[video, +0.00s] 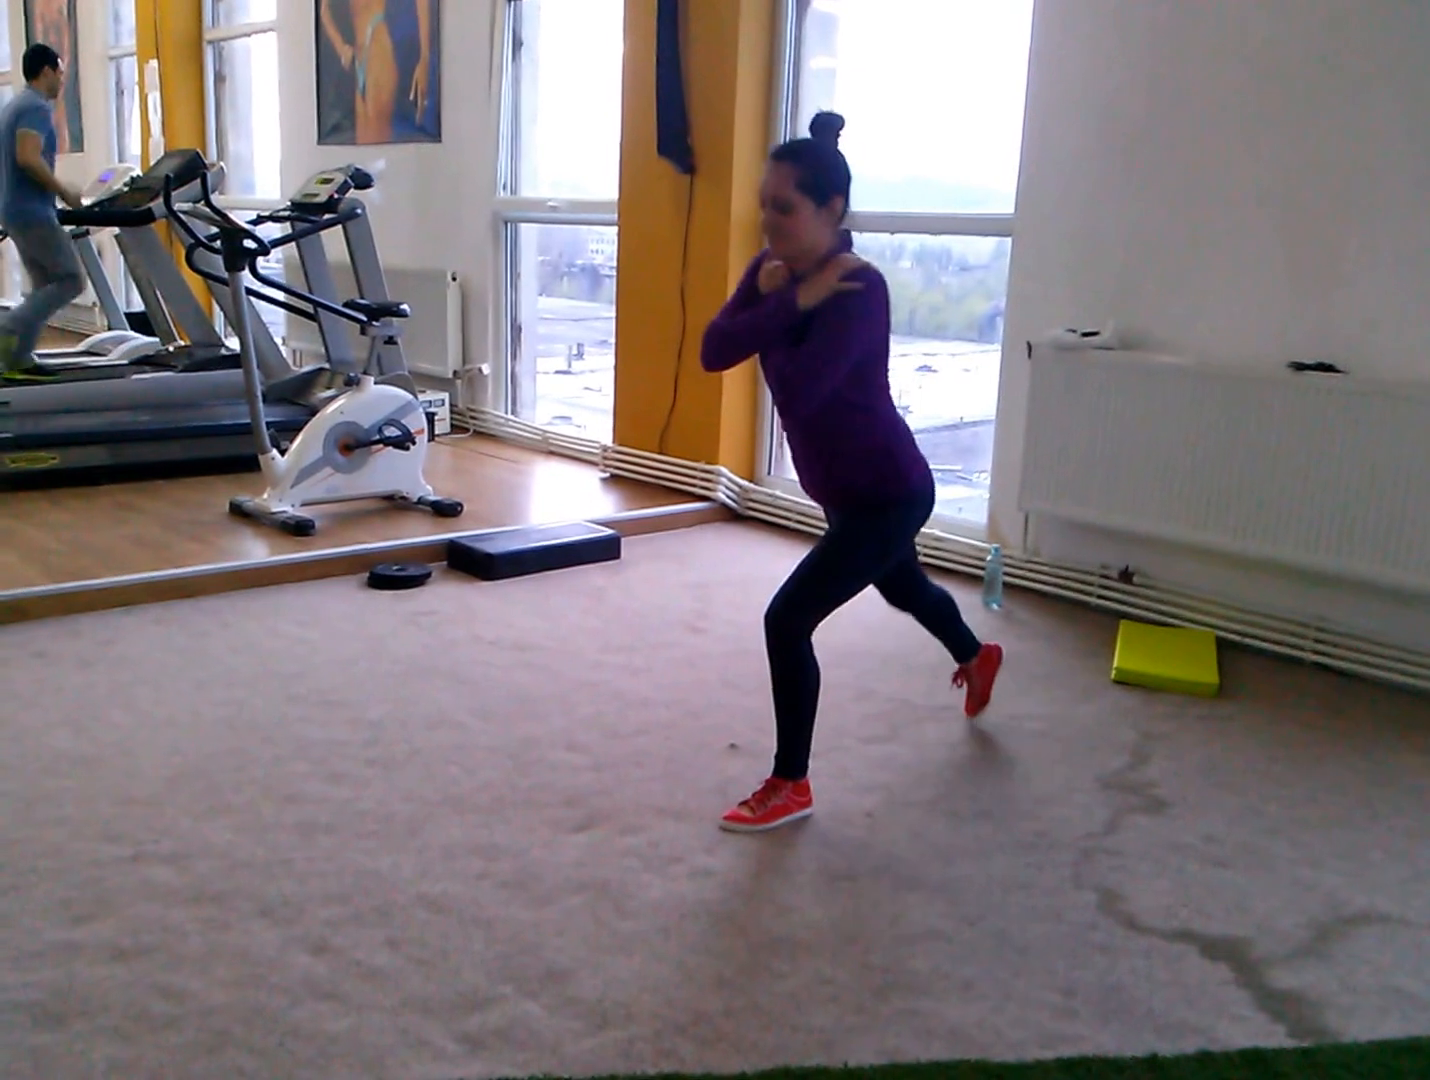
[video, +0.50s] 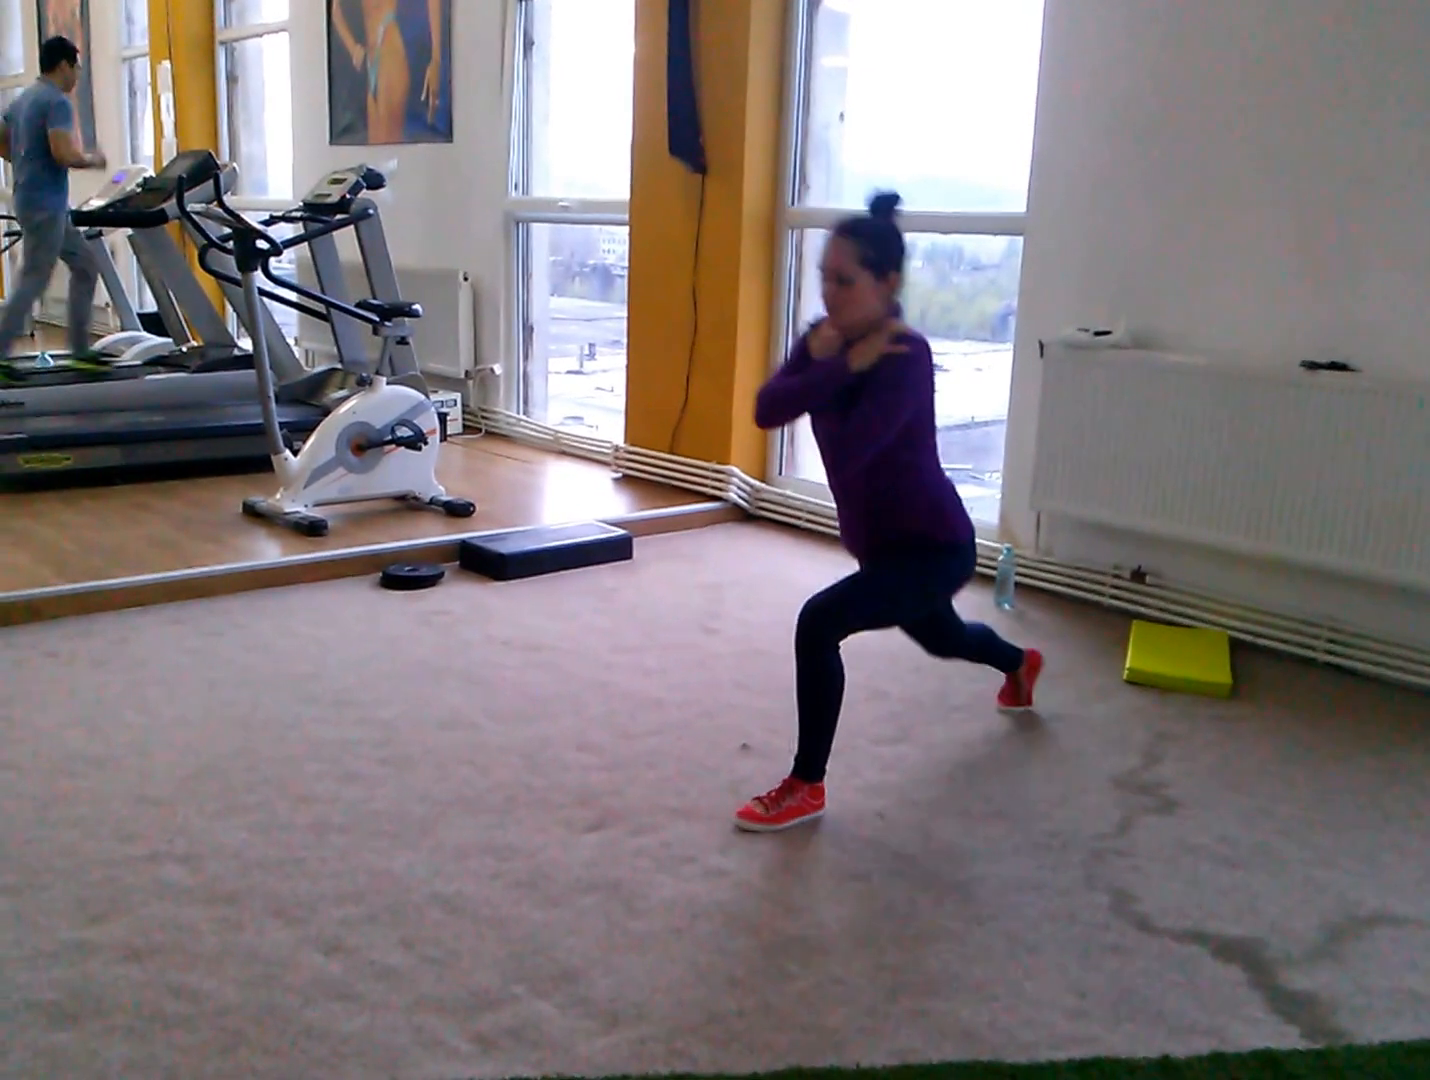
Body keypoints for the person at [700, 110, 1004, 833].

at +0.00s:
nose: (767, 220)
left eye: (782, 208)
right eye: (764, 205)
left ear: (834, 214)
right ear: (761, 207)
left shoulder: (860, 290)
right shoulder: (766, 274)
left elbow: (805, 388)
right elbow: (713, 353)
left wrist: (768, 309)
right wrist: (799, 299)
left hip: (892, 497)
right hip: (842, 493)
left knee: (787, 621)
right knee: (908, 589)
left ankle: (790, 782)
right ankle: (975, 656)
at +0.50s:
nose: (830, 293)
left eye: (845, 280)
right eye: (825, 278)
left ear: (888, 285)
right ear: (821, 280)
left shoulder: (907, 358)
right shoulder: (819, 342)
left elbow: (853, 449)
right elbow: (766, 412)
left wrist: (815, 371)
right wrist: (845, 365)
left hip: (935, 551)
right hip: (879, 549)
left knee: (818, 622)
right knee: (946, 638)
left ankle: (806, 785)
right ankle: (1020, 662)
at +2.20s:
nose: (791, 212)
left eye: (808, 198)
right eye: (787, 197)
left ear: (856, 211)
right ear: (785, 207)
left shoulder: (869, 297)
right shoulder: (782, 286)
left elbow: (822, 404)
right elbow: (724, 366)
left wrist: (770, 321)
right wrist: (789, 306)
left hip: (916, 502)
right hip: (859, 506)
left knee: (826, 646)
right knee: (863, 655)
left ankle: (843, 806)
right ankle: (965, 675)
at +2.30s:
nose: (790, 172)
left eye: (808, 162)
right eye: (789, 160)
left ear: (856, 181)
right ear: (793, 173)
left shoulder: (868, 266)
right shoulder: (787, 256)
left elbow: (804, 362)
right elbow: (719, 329)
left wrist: (778, 284)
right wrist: (780, 273)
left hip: (898, 492)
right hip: (835, 490)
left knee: (822, 646)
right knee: (797, 640)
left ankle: (845, 807)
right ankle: (907, 694)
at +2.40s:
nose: (794, 154)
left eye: (812, 143)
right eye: (792, 142)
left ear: (859, 159)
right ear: (792, 155)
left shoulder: (870, 245)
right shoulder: (787, 237)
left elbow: (793, 337)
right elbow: (716, 302)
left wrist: (772, 264)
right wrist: (792, 243)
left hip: (878, 490)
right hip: (813, 484)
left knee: (816, 657)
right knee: (749, 631)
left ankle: (850, 808)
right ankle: (827, 734)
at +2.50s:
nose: (790, 147)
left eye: (809, 135)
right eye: (790, 133)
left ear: (859, 152)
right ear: (796, 146)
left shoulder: (871, 238)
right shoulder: (793, 236)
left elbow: (790, 323)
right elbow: (710, 287)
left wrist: (768, 252)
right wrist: (798, 237)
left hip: (854, 492)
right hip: (785, 484)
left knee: (804, 661)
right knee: (713, 628)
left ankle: (850, 808)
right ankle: (730, 787)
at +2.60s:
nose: (783, 157)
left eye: (801, 144)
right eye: (780, 143)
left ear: (851, 156)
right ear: (780, 152)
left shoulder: (865, 242)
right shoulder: (784, 240)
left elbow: (782, 325)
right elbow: (704, 287)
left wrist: (768, 255)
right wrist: (785, 236)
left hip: (833, 499)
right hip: (758, 490)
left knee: (794, 673)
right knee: (686, 646)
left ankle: (852, 810)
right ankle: (642, 817)